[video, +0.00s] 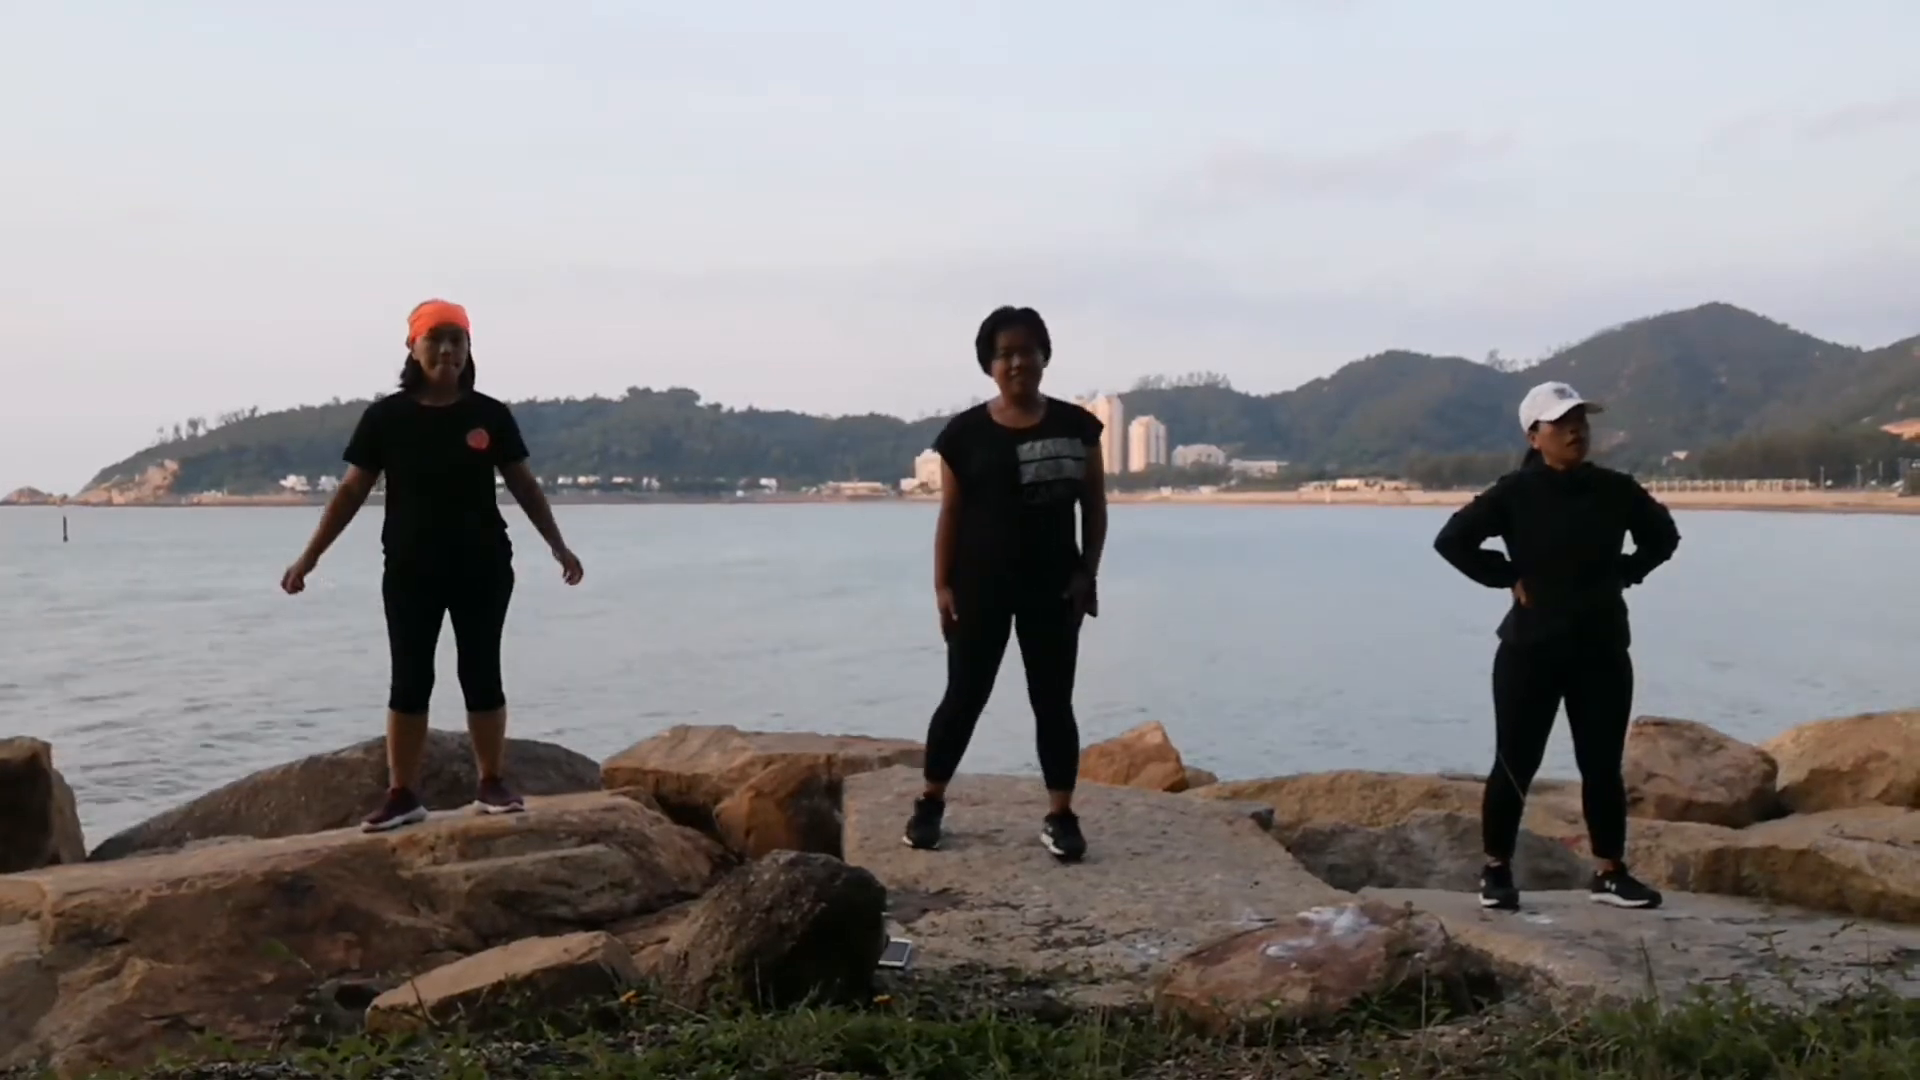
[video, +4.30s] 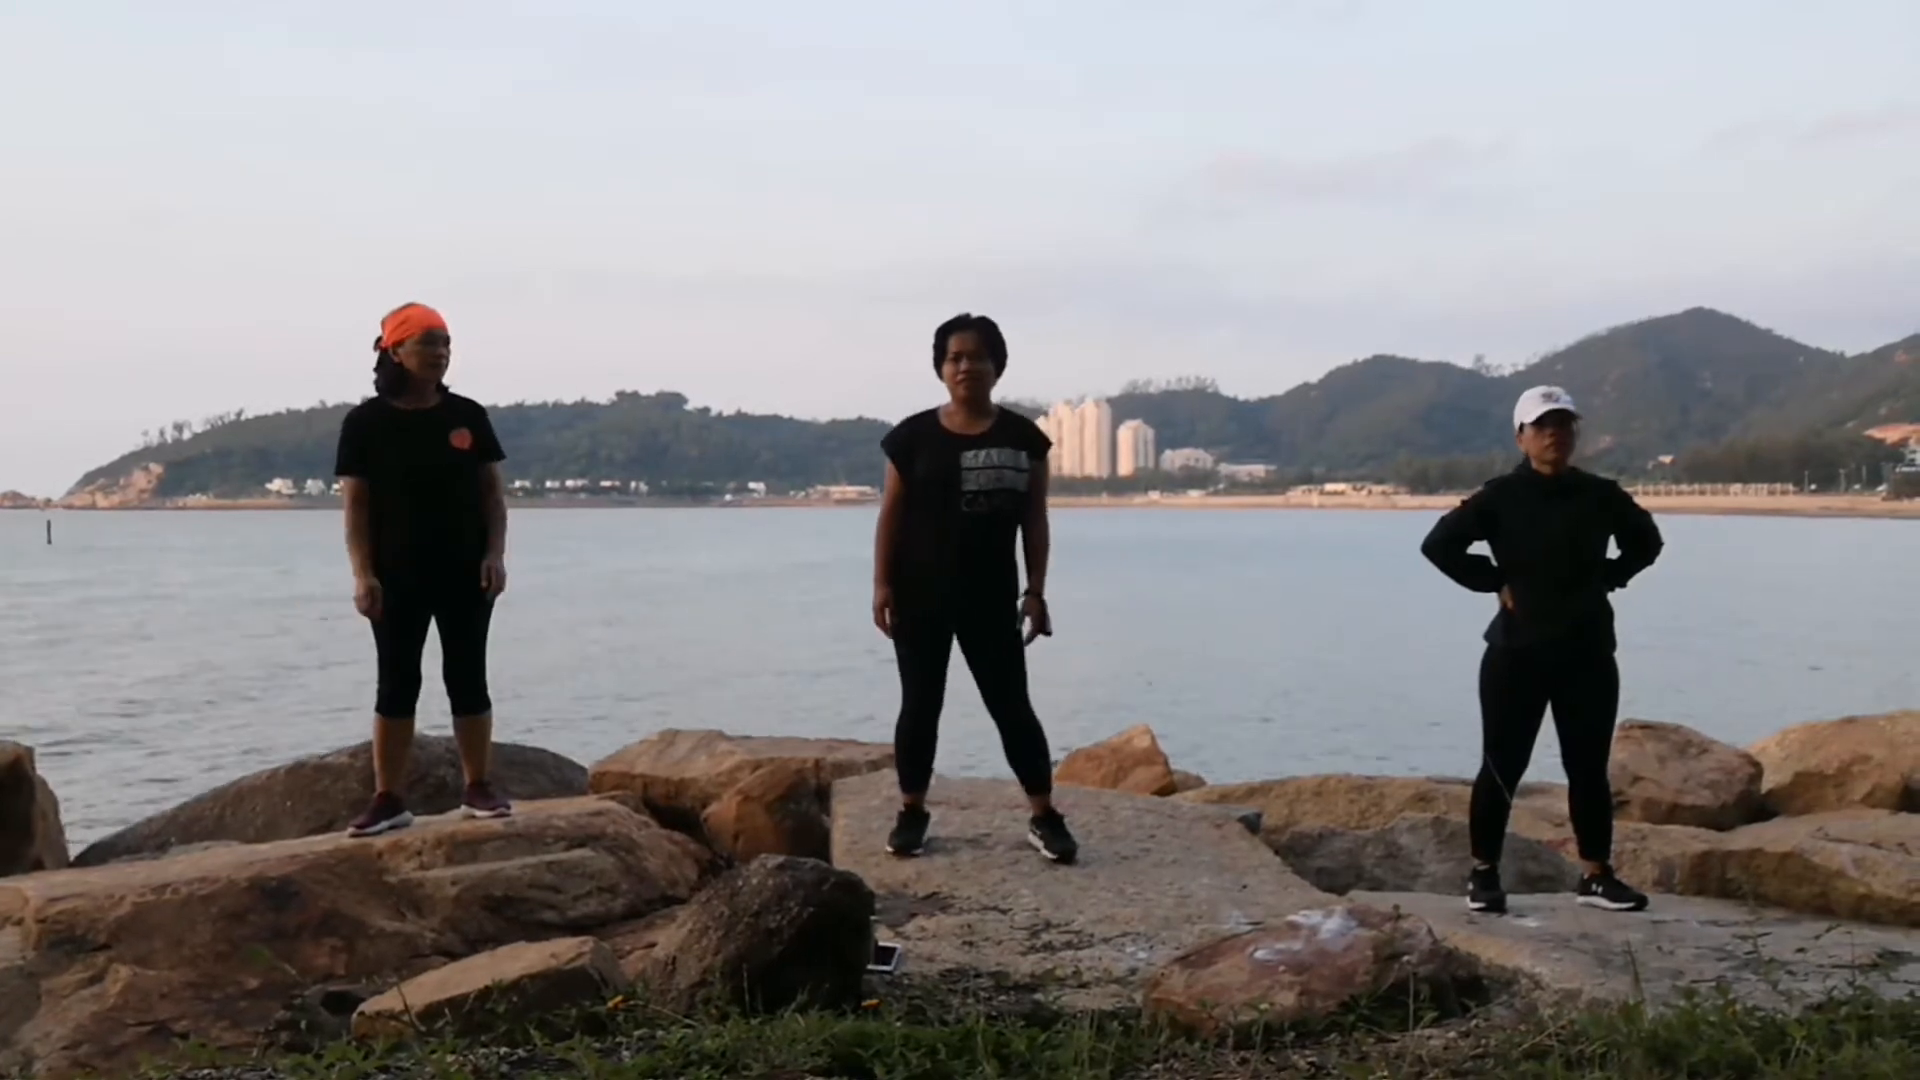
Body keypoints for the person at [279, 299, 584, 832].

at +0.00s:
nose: (446, 348)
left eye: (455, 339)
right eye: (434, 339)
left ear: (468, 349)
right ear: (414, 348)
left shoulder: (490, 417)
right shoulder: (385, 417)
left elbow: (522, 484)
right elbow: (351, 492)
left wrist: (557, 545)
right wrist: (307, 558)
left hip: (480, 569)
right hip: (411, 571)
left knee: (482, 677)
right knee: (409, 683)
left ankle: (491, 784)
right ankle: (402, 793)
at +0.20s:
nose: (447, 350)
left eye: (456, 340)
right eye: (436, 341)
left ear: (468, 349)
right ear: (414, 349)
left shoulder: (491, 418)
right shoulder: (384, 418)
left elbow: (511, 493)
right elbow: (371, 497)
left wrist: (509, 553)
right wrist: (373, 565)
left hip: (477, 570)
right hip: (409, 571)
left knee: (482, 676)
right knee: (403, 684)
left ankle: (492, 783)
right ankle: (401, 793)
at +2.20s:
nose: (430, 352)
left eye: (439, 343)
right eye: (419, 343)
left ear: (452, 351)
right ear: (398, 351)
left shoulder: (475, 417)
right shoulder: (370, 420)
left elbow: (502, 494)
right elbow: (346, 501)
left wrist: (521, 560)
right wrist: (325, 572)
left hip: (467, 571)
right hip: (397, 575)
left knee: (472, 680)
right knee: (399, 687)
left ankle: (484, 785)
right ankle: (394, 795)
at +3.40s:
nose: (432, 350)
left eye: (441, 341)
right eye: (420, 342)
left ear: (452, 349)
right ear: (397, 351)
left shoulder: (476, 415)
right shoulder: (371, 418)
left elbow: (498, 486)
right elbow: (360, 497)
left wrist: (474, 533)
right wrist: (402, 545)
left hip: (468, 568)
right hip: (398, 571)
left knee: (470, 677)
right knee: (398, 683)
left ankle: (481, 787)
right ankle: (390, 797)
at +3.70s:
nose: (435, 350)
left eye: (442, 340)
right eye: (423, 341)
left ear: (452, 348)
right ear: (397, 350)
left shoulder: (475, 416)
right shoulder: (370, 421)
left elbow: (499, 490)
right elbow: (351, 504)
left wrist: (500, 549)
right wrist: (361, 569)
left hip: (466, 571)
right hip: (398, 574)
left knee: (470, 680)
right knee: (398, 687)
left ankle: (480, 787)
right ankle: (390, 797)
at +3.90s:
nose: (443, 349)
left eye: (448, 340)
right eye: (431, 340)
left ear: (454, 348)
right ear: (399, 349)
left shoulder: (473, 416)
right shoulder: (368, 421)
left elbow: (504, 485)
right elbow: (329, 495)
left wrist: (536, 547)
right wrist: (285, 562)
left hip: (468, 571)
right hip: (398, 575)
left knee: (470, 681)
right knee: (398, 687)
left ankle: (480, 787)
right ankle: (388, 799)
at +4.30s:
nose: (441, 351)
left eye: (445, 342)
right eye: (429, 343)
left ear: (449, 349)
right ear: (395, 351)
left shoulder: (468, 416)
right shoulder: (364, 423)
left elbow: (492, 493)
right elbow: (354, 505)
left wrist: (495, 553)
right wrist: (362, 574)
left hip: (464, 574)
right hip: (397, 577)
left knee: (468, 682)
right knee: (395, 689)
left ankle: (478, 788)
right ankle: (387, 798)